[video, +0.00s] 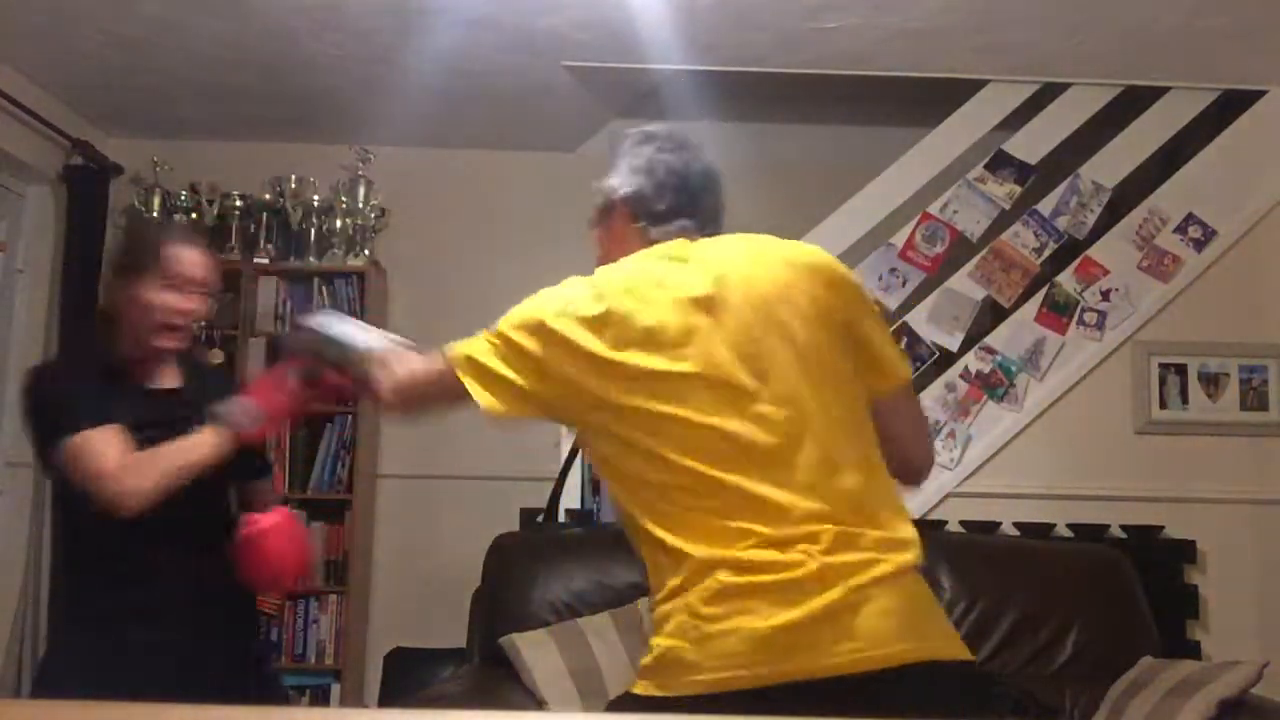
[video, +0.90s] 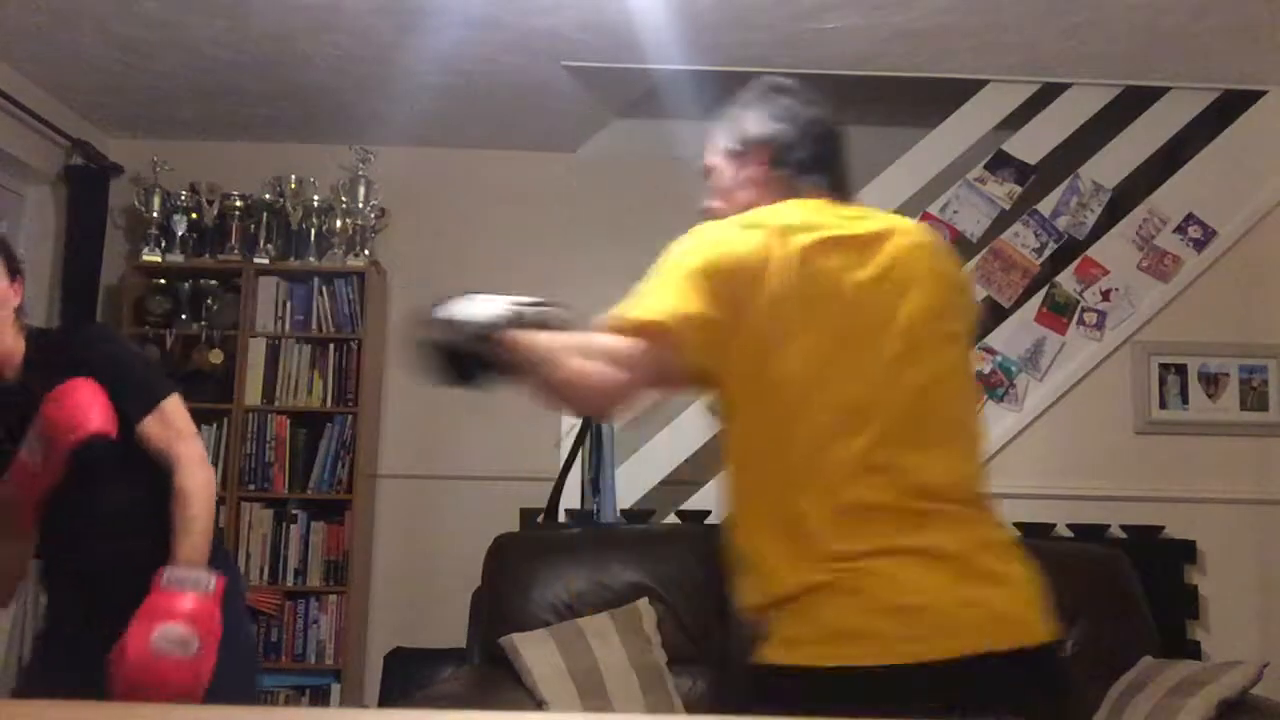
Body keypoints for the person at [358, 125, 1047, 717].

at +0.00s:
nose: (594, 250)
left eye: (597, 230)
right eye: (595, 231)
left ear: (620, 222)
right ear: (705, 214)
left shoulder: (581, 312)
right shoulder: (818, 271)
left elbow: (402, 383)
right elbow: (911, 454)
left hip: (718, 670)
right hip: (907, 656)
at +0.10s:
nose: (557, 242)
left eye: (558, 227)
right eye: (560, 229)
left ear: (578, 218)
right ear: (672, 209)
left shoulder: (554, 305)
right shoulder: (776, 267)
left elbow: (371, 341)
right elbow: (890, 443)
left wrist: (269, 301)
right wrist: (775, 411)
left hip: (702, 663)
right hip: (876, 643)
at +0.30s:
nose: (507, 230)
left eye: (507, 213)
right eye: (507, 216)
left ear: (529, 200)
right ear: (624, 195)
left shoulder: (503, 295)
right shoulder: (727, 254)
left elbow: (303, 371)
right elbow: (819, 435)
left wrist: (138, 337)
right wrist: (712, 455)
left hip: (662, 656)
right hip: (837, 634)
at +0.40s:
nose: (485, 246)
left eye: (484, 231)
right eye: (487, 234)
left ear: (508, 218)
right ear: (608, 211)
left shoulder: (484, 309)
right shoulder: (713, 268)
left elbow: (294, 378)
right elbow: (801, 448)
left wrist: (151, 361)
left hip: (659, 667)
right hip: (829, 640)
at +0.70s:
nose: (575, 240)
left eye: (576, 220)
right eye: (575, 222)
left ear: (610, 208)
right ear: (690, 212)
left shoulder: (575, 302)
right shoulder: (801, 300)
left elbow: (367, 331)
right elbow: (823, 454)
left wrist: (234, 303)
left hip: (700, 688)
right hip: (863, 674)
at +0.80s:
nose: (644, 219)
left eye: (650, 199)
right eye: (645, 201)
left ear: (695, 187)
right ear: (756, 191)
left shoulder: (646, 288)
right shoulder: (868, 285)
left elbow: (438, 355)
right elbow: (894, 448)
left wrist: (320, 318)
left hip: (749, 679)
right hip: (915, 670)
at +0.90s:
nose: (710, 199)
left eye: (716, 176)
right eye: (709, 178)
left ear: (758, 163)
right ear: (830, 167)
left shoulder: (731, 251)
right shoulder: (933, 252)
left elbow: (603, 382)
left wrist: (503, 340)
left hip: (836, 658)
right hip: (1008, 649)